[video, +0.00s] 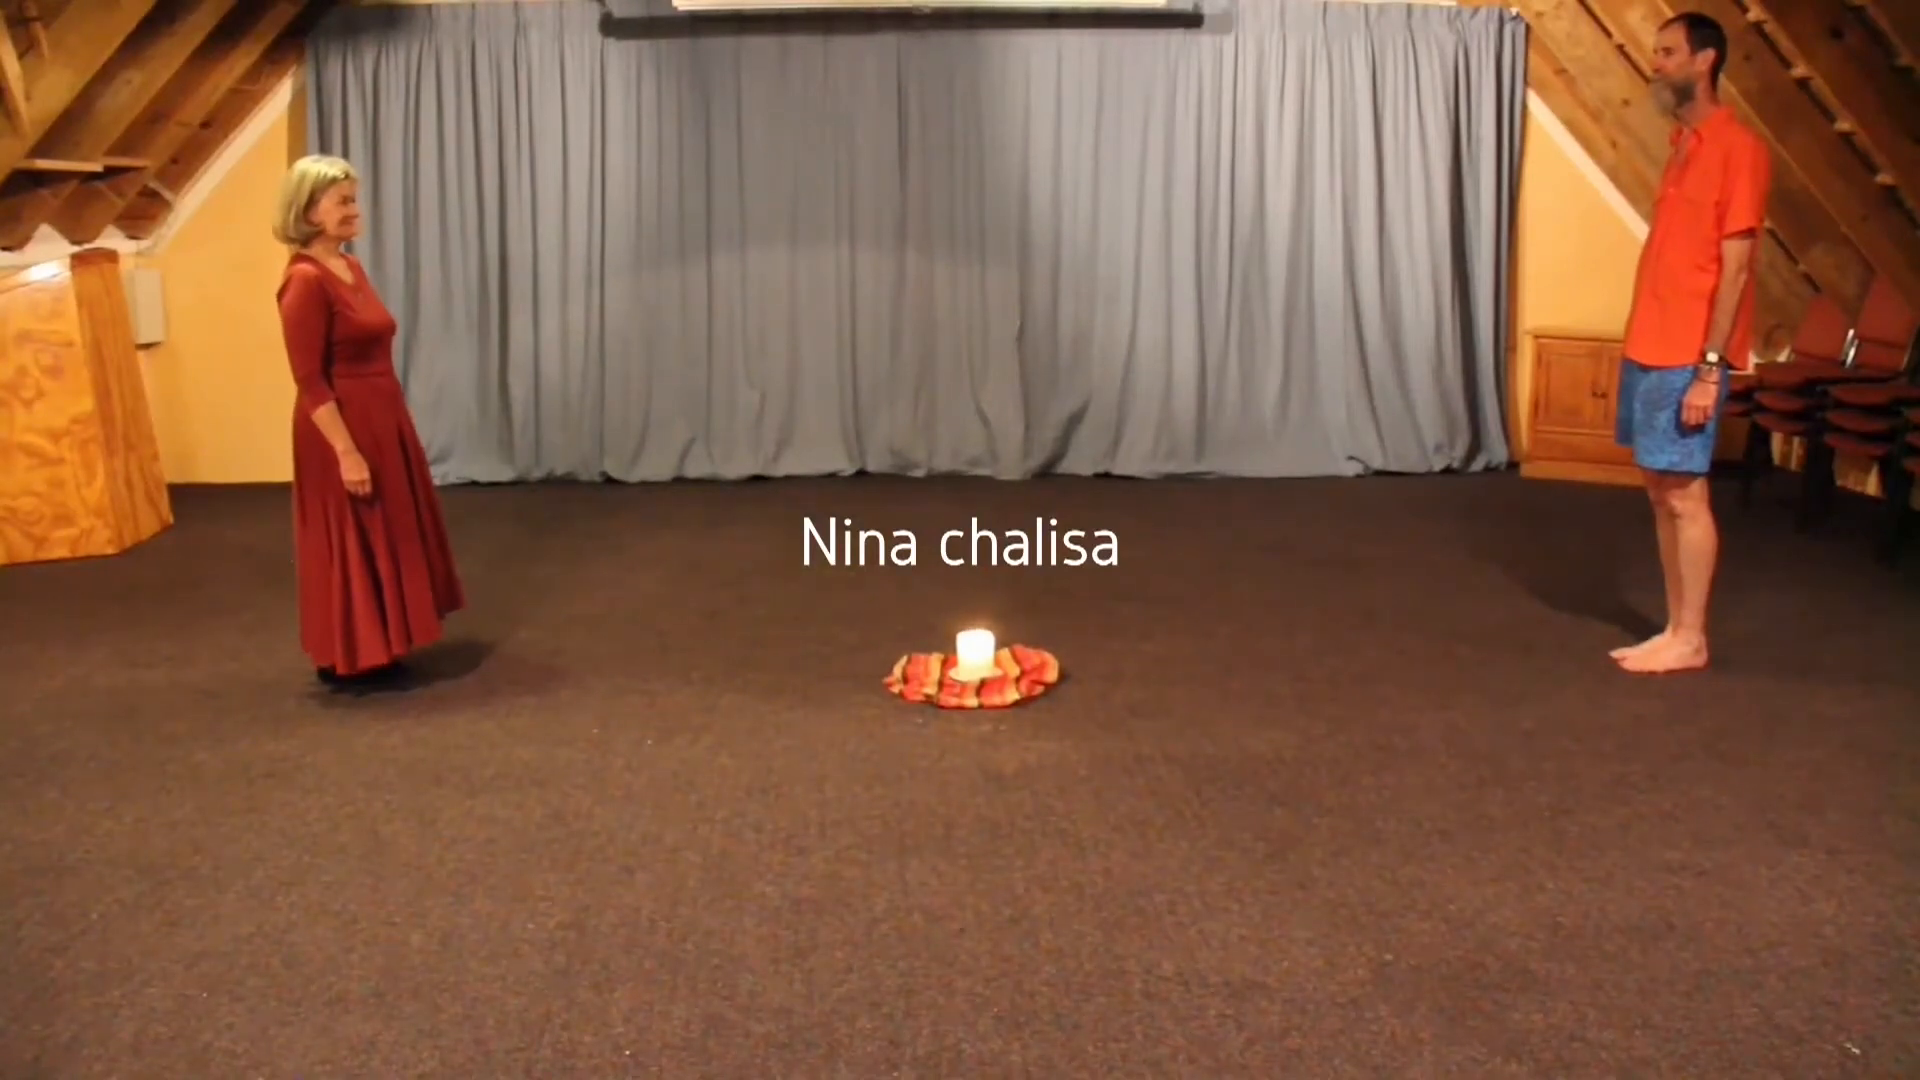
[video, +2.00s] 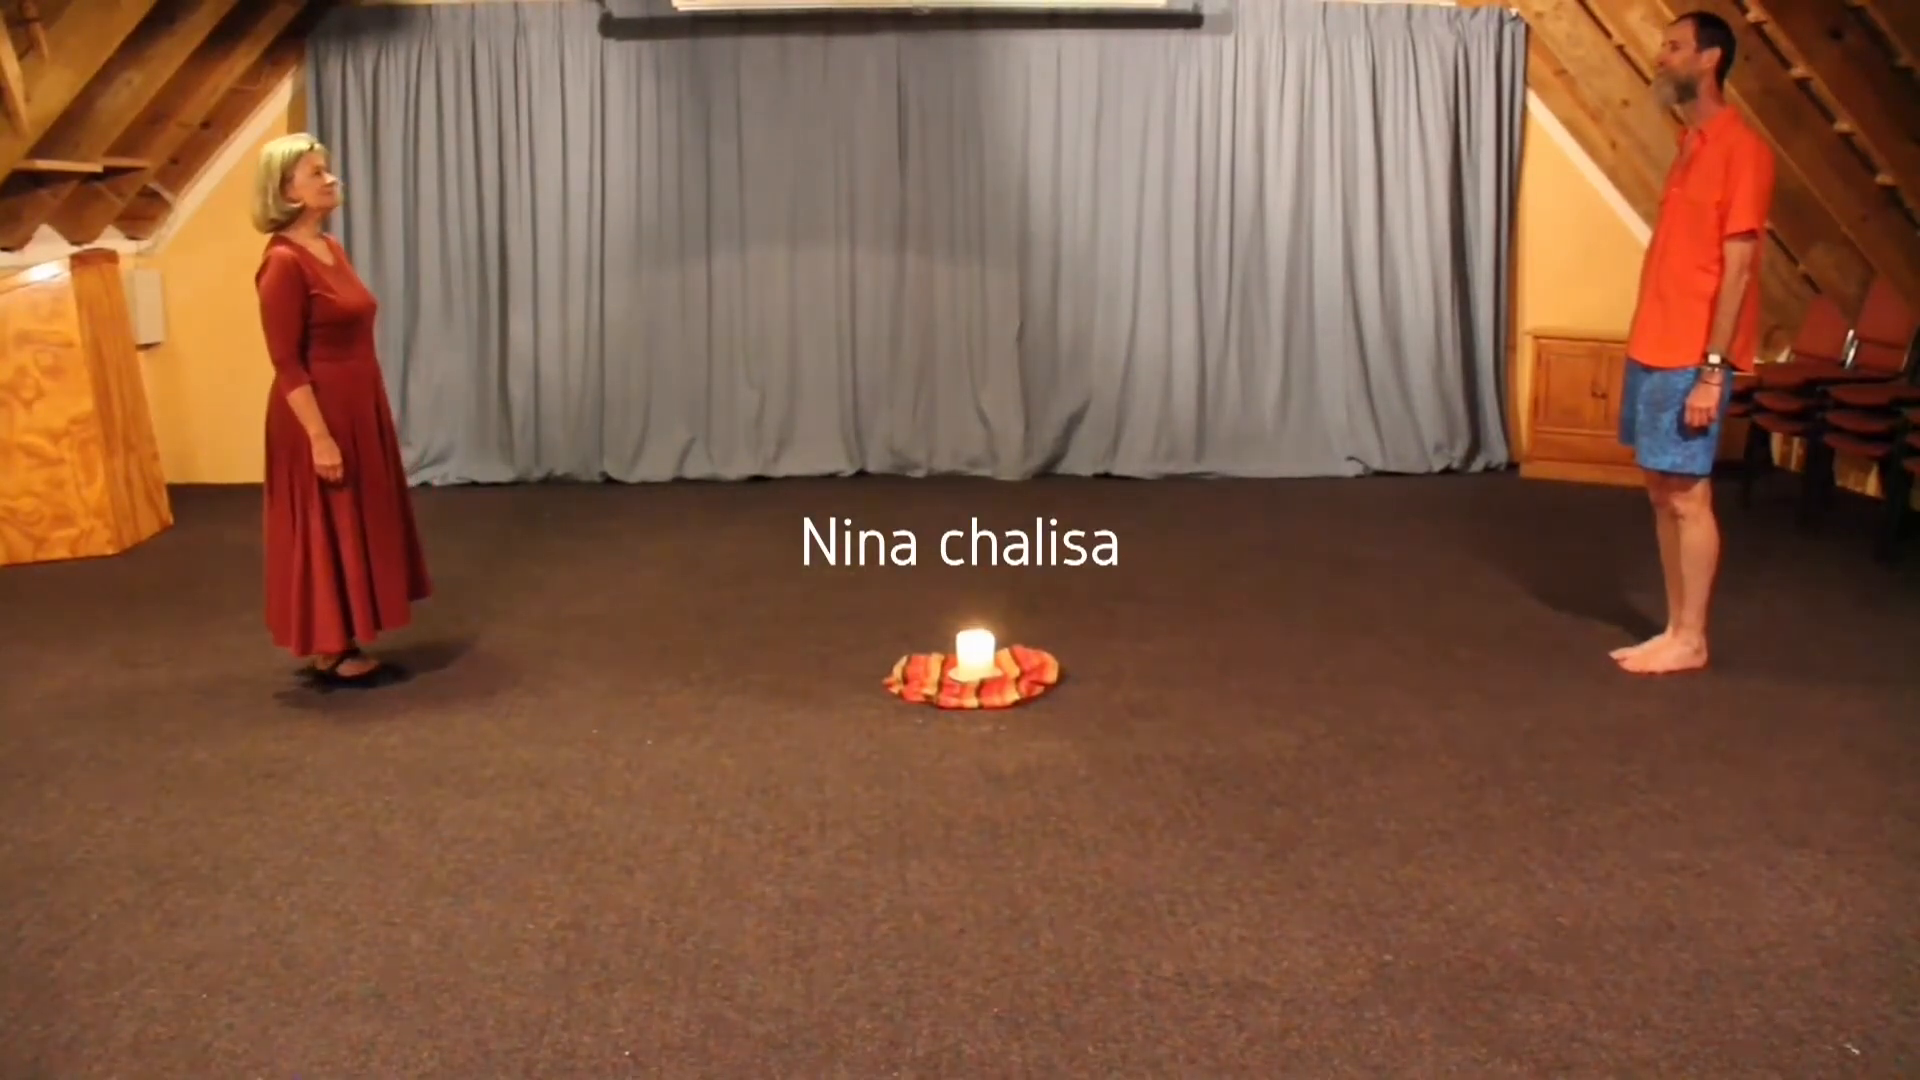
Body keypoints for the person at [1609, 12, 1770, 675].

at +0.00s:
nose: (1654, 64)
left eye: (1666, 53)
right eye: (1655, 53)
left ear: (1705, 60)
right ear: (1688, 61)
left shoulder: (1739, 144)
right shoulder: (1687, 143)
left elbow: (1737, 265)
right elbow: (1676, 255)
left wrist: (1712, 365)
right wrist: (1647, 347)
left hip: (1689, 359)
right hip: (1652, 353)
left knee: (1686, 498)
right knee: (1663, 495)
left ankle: (1691, 638)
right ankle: (1677, 629)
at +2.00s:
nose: (1661, 57)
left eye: (1674, 46)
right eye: (1663, 45)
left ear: (1711, 58)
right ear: (1695, 59)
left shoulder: (1743, 146)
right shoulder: (1695, 143)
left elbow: (1740, 266)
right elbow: (1684, 256)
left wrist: (1715, 366)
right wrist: (1651, 347)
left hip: (1693, 359)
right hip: (1656, 353)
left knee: (1688, 499)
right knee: (1663, 495)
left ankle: (1692, 639)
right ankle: (1677, 630)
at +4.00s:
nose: (1655, 58)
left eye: (1668, 47)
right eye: (1657, 46)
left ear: (1706, 59)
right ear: (1689, 60)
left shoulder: (1737, 145)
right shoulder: (1690, 143)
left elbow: (1734, 262)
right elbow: (1685, 257)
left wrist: (1723, 368)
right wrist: (1653, 347)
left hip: (1691, 358)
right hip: (1654, 352)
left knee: (1687, 498)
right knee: (1662, 494)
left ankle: (1691, 639)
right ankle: (1677, 631)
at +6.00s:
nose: (1652, 60)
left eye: (1664, 48)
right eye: (1654, 48)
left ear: (1702, 58)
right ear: (1693, 59)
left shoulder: (1734, 141)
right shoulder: (1696, 140)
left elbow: (1731, 257)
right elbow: (1696, 255)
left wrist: (1723, 364)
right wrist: (1663, 347)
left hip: (1692, 356)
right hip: (1659, 351)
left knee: (1688, 497)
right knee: (1664, 493)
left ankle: (1691, 639)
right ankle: (1677, 630)